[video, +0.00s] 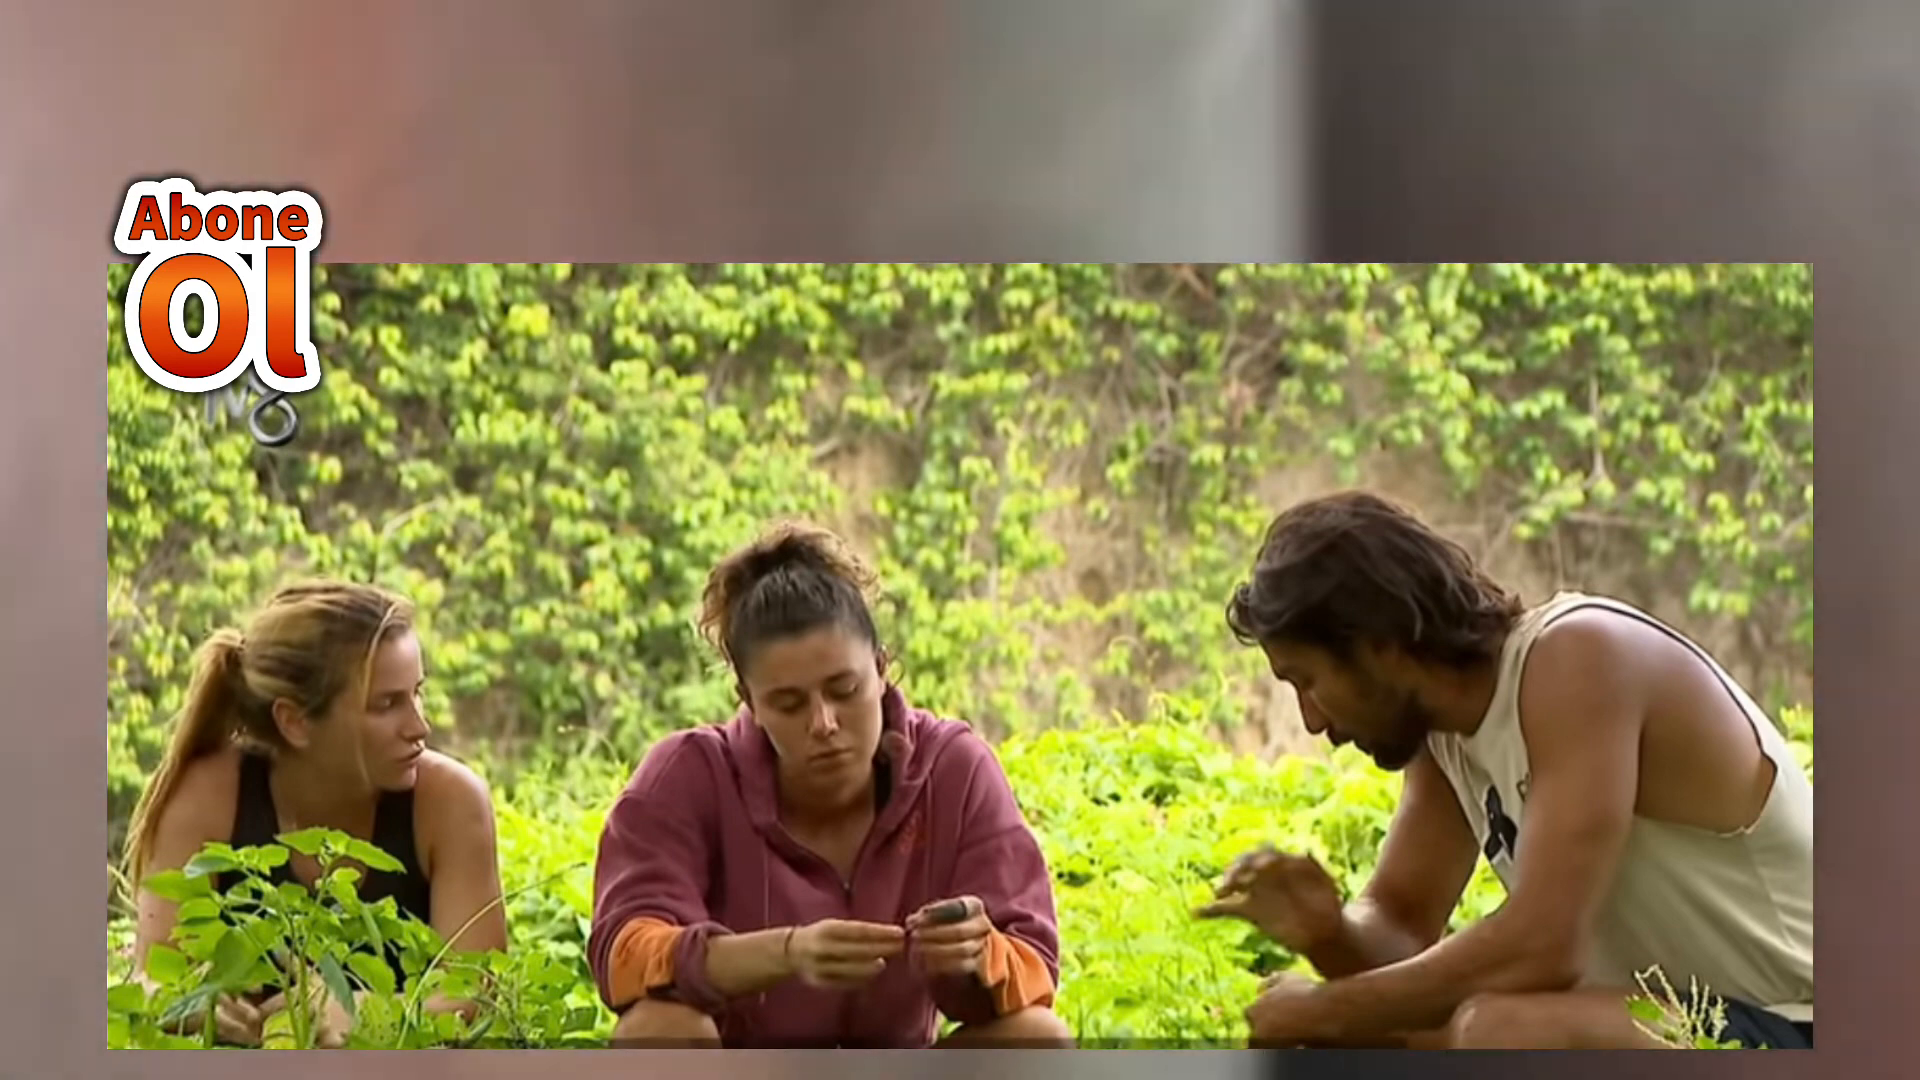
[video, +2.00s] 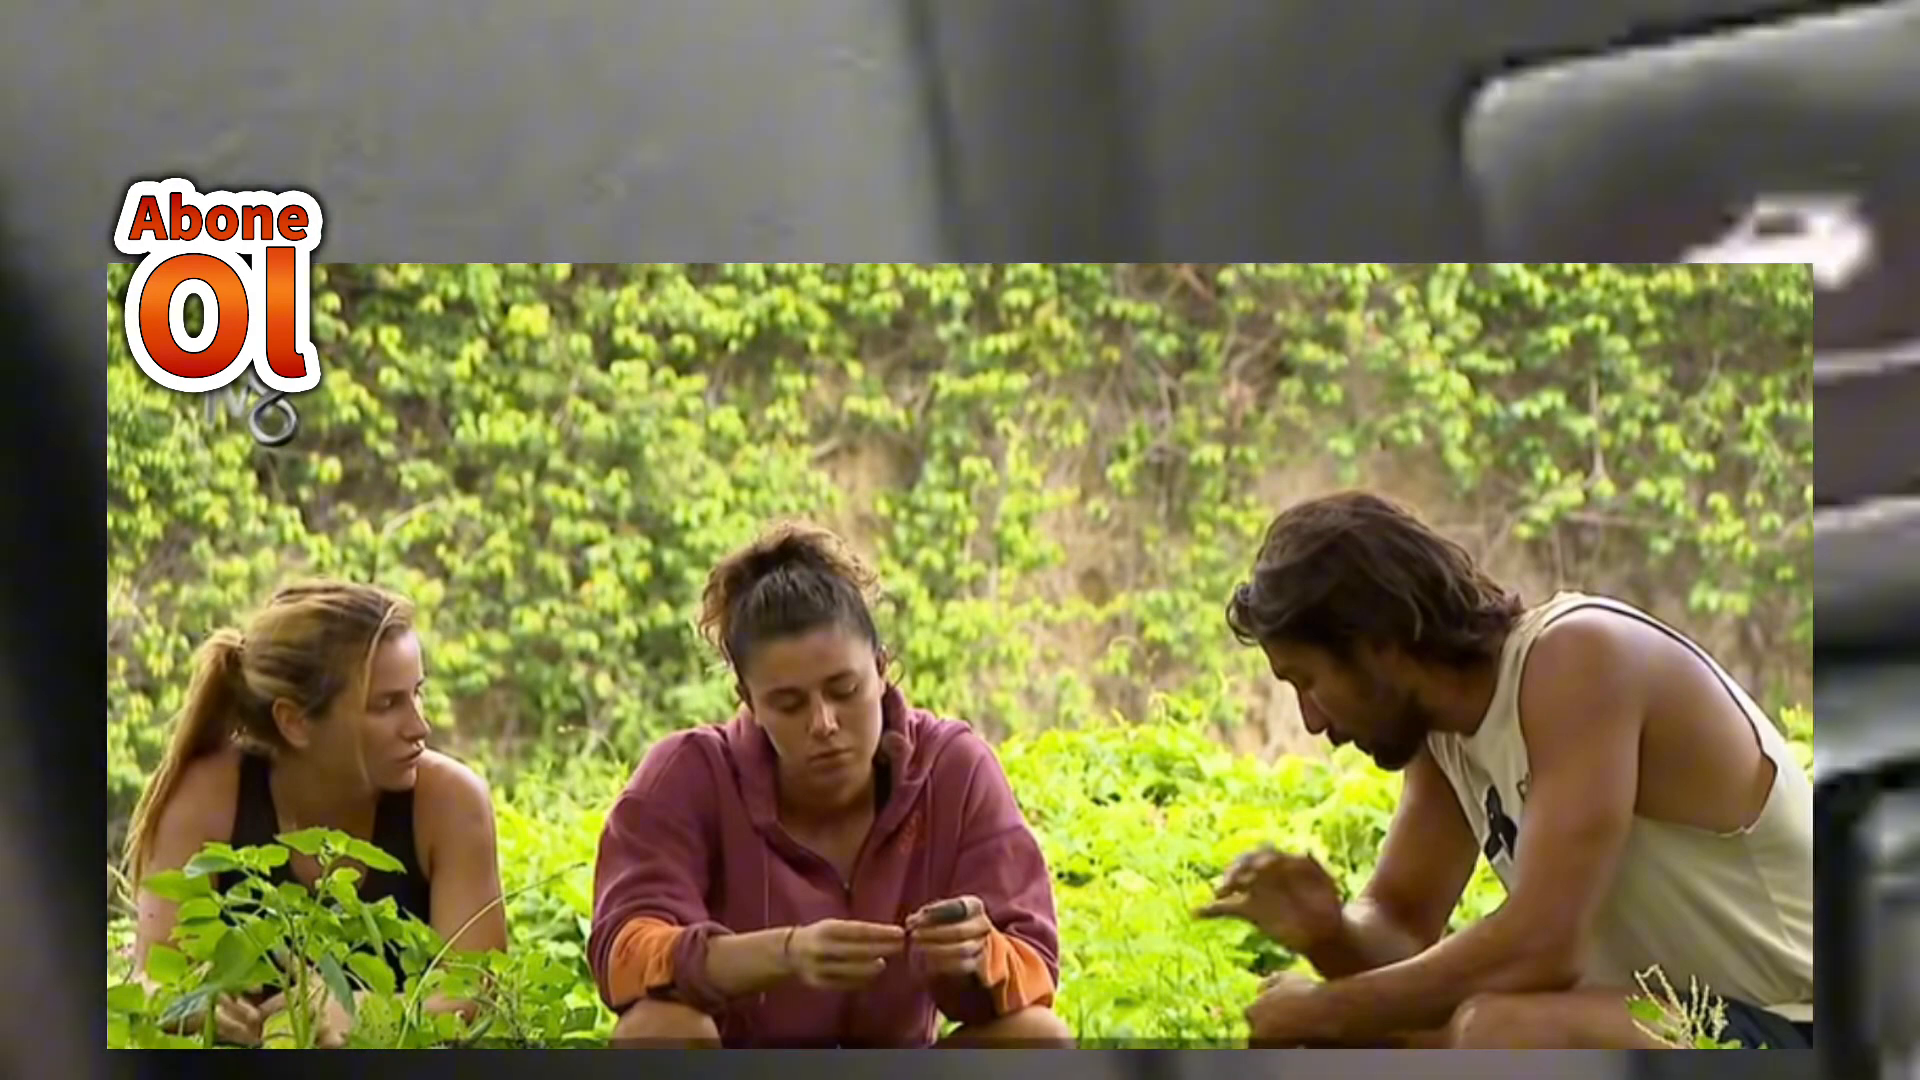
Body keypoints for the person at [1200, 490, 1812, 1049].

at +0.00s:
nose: (1311, 723)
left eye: (1306, 686)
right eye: (1295, 693)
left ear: (1383, 642)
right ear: (1383, 643)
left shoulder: (1584, 656)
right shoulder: (1450, 730)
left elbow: (1539, 950)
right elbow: (1403, 924)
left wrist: (1325, 1015)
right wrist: (1330, 933)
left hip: (1789, 1019)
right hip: (1658, 1003)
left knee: (1501, 1025)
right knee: (1379, 1026)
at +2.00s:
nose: (1312, 724)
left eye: (1306, 687)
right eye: (1296, 693)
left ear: (1383, 644)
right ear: (1383, 644)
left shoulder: (1584, 657)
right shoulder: (1450, 729)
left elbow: (1539, 950)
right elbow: (1403, 927)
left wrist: (1324, 1014)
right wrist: (1330, 932)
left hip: (1790, 1019)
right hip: (1653, 1003)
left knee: (1502, 1027)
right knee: (1377, 1029)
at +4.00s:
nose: (1310, 723)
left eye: (1305, 686)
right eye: (1295, 692)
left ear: (1385, 642)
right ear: (1385, 644)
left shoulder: (1584, 656)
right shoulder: (1451, 732)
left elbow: (1540, 950)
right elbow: (1402, 924)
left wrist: (1324, 1015)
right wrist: (1330, 934)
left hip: (1791, 1012)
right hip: (1656, 1001)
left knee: (1501, 1024)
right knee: (1382, 1027)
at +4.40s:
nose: (1310, 722)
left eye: (1305, 686)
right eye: (1295, 692)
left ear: (1384, 641)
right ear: (1384, 642)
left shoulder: (1584, 656)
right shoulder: (1451, 732)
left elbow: (1540, 951)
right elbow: (1402, 925)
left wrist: (1322, 1014)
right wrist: (1330, 933)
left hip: (1784, 1012)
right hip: (1651, 1004)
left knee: (1500, 1024)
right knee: (1374, 1029)